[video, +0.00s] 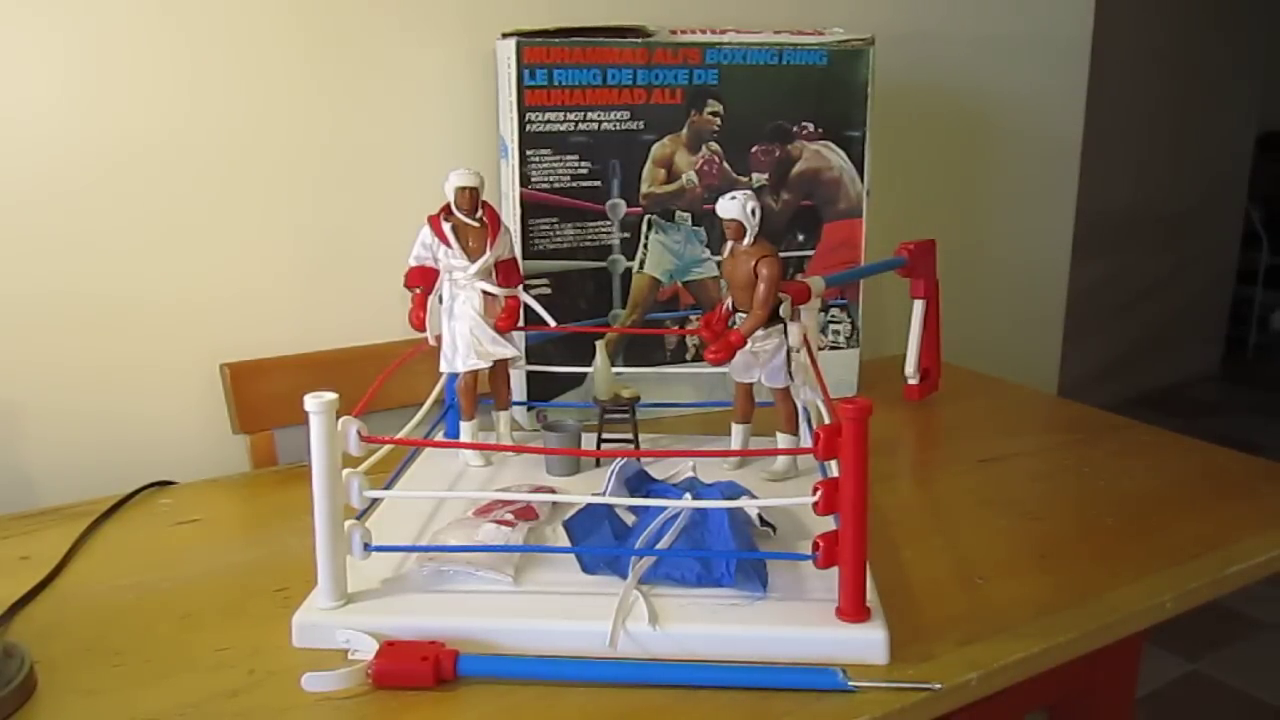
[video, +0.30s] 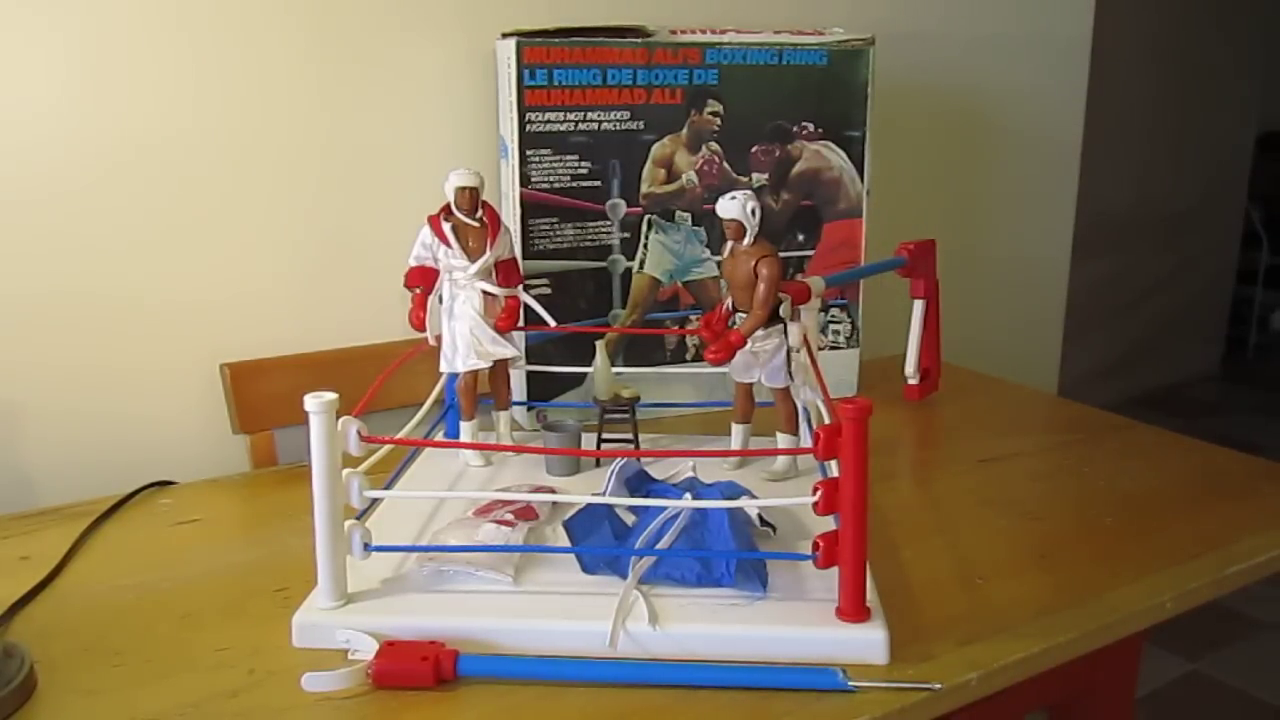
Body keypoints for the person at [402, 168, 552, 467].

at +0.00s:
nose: (467, 197)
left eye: (472, 191)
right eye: (461, 191)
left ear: (481, 194)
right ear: (451, 195)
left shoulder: (496, 227)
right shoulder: (436, 229)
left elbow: (508, 267)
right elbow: (422, 267)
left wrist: (512, 303)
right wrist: (419, 302)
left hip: (494, 303)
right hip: (459, 304)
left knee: (500, 364)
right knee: (469, 369)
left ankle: (504, 433)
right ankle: (469, 440)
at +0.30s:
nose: (467, 198)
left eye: (472, 191)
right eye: (461, 191)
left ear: (481, 194)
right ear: (451, 195)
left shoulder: (496, 228)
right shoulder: (436, 229)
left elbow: (509, 267)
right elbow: (422, 267)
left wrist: (512, 303)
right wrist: (419, 302)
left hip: (493, 302)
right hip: (459, 304)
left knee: (500, 364)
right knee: (469, 369)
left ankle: (505, 433)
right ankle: (469, 440)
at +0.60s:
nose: (467, 197)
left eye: (472, 191)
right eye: (461, 191)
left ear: (480, 194)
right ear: (450, 195)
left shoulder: (496, 228)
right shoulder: (435, 230)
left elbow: (509, 271)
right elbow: (422, 273)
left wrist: (511, 307)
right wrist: (422, 314)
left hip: (491, 302)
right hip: (457, 304)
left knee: (500, 365)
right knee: (468, 369)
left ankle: (505, 434)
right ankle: (469, 441)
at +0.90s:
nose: (466, 198)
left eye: (471, 191)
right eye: (460, 192)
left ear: (480, 194)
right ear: (450, 195)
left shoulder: (496, 227)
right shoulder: (436, 229)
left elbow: (508, 270)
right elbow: (421, 272)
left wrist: (510, 306)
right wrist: (421, 311)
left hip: (493, 302)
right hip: (459, 304)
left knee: (501, 364)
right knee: (469, 369)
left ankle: (505, 431)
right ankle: (469, 440)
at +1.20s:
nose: (467, 198)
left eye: (472, 191)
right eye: (461, 192)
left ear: (480, 194)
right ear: (451, 195)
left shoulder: (495, 227)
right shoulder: (435, 229)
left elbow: (509, 270)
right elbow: (421, 273)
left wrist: (511, 306)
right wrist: (422, 314)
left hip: (492, 303)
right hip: (457, 305)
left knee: (500, 364)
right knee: (468, 370)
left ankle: (505, 432)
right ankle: (469, 440)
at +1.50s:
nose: (467, 198)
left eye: (472, 191)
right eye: (461, 191)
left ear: (480, 194)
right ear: (451, 195)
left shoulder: (495, 227)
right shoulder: (435, 229)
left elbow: (509, 270)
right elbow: (421, 273)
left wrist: (511, 306)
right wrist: (422, 314)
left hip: (492, 303)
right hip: (457, 305)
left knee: (500, 364)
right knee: (468, 370)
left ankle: (505, 432)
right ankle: (469, 440)